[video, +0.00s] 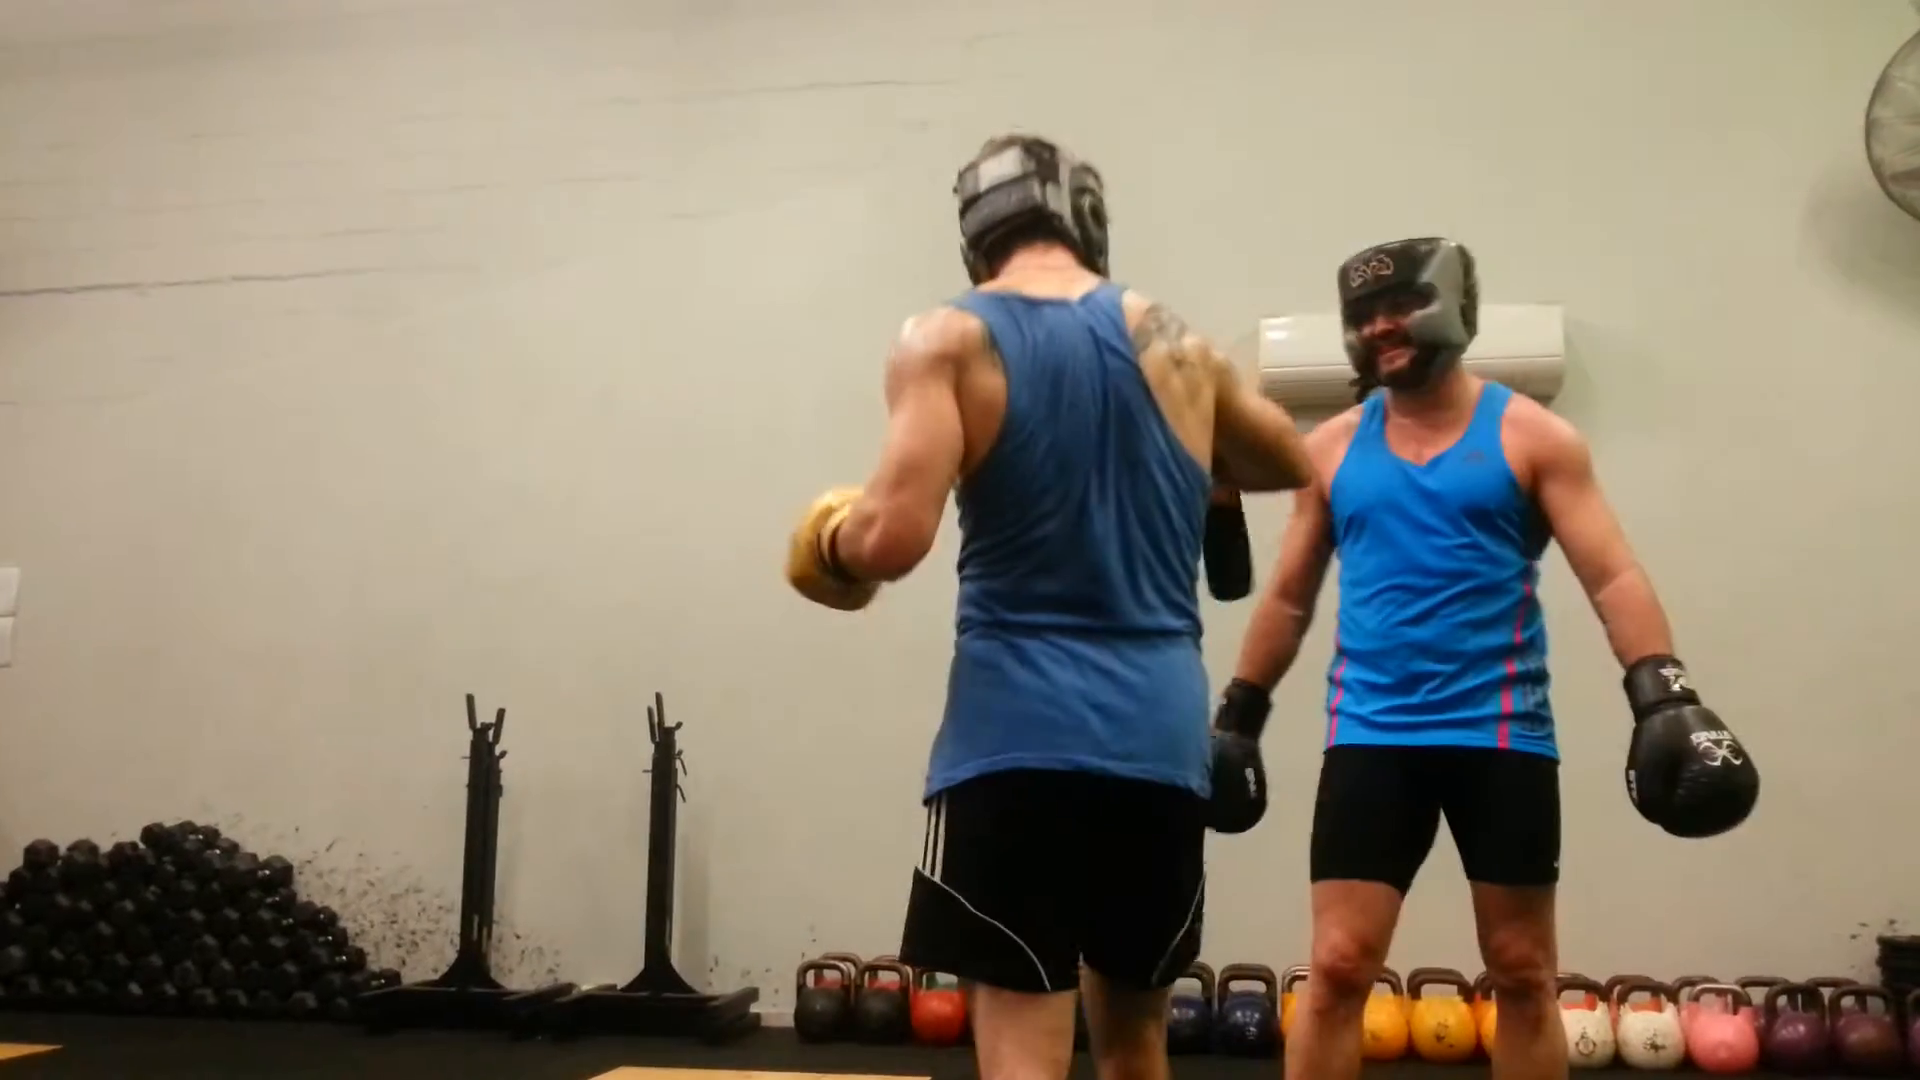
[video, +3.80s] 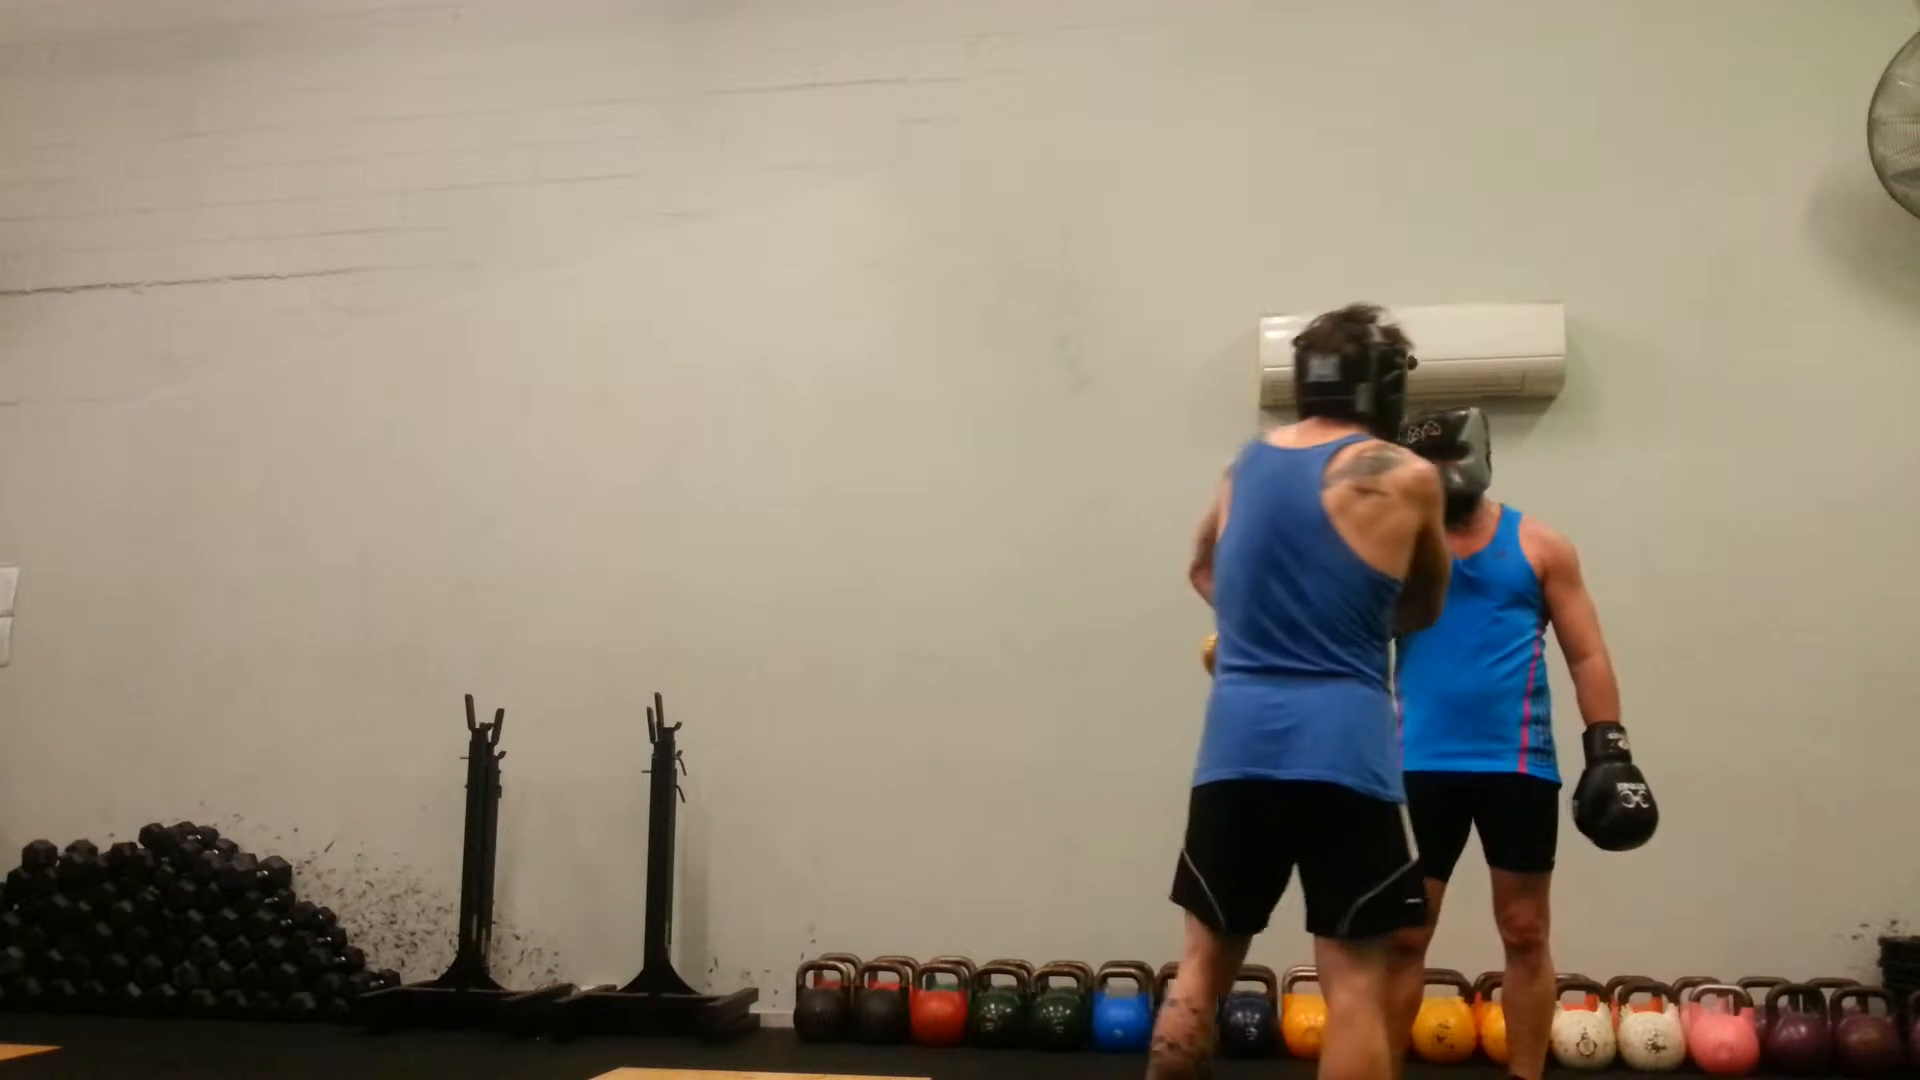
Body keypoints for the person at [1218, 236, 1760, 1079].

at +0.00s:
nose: (1383, 327)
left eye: (1403, 307)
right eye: (1367, 315)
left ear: (1451, 310)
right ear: (1353, 334)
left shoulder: (1533, 437)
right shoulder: (1333, 446)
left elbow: (1610, 575)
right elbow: (1287, 595)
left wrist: (1663, 698)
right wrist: (1236, 720)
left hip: (1504, 738)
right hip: (1372, 739)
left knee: (1522, 972)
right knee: (1338, 969)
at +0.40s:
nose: (1365, 353)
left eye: (1384, 333)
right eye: (1355, 341)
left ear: (1438, 330)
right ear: (1349, 354)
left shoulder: (1510, 447)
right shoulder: (1341, 463)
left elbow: (1567, 595)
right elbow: (1312, 600)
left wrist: (1551, 729)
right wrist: (1261, 695)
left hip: (1477, 754)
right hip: (1360, 754)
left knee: (1507, 972)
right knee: (1358, 967)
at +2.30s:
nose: (1336, 447)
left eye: (1352, 432)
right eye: (1324, 436)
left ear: (1389, 438)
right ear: (1314, 451)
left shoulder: (1439, 529)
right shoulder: (1300, 544)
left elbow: (1498, 637)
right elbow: (1273, 651)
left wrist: (1518, 739)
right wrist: (1240, 738)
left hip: (1426, 765)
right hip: (1336, 767)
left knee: (1454, 936)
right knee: (1352, 935)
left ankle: (1487, 1077)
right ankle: (1368, 1073)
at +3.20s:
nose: (1380, 466)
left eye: (1393, 449)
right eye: (1364, 457)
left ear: (1424, 452)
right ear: (1351, 472)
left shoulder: (1487, 537)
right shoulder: (1345, 559)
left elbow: (1543, 639)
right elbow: (1323, 671)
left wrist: (1564, 737)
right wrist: (1326, 651)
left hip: (1475, 765)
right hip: (1382, 769)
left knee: (1500, 932)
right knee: (1377, 931)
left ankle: (1519, 1074)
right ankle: (1375, 1075)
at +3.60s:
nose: (1428, 468)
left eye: (1442, 453)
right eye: (1414, 456)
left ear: (1473, 457)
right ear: (1399, 464)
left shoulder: (1528, 543)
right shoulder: (1393, 545)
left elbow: (1577, 647)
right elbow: (1347, 642)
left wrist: (1591, 744)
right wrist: (1386, 542)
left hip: (1509, 767)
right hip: (1415, 768)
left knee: (1520, 932)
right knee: (1397, 934)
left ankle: (1525, 1074)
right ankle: (1382, 1074)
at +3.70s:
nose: (1434, 474)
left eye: (1447, 460)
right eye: (1421, 462)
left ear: (1478, 463)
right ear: (1404, 469)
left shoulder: (1533, 545)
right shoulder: (1399, 548)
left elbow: (1583, 652)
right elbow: (1351, 624)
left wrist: (1600, 749)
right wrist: (1396, 510)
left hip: (1515, 766)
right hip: (1420, 767)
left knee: (1523, 934)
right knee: (1398, 940)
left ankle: (1527, 1073)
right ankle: (1382, 1075)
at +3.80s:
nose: (1441, 476)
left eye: (1452, 462)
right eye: (1429, 463)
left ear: (1479, 464)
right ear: (1412, 472)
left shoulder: (1539, 547)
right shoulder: (1404, 548)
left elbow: (1586, 655)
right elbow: (1359, 643)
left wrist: (1608, 754)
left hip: (1517, 768)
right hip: (1421, 767)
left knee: (1524, 933)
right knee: (1403, 935)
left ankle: (1526, 1073)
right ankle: (1382, 1070)